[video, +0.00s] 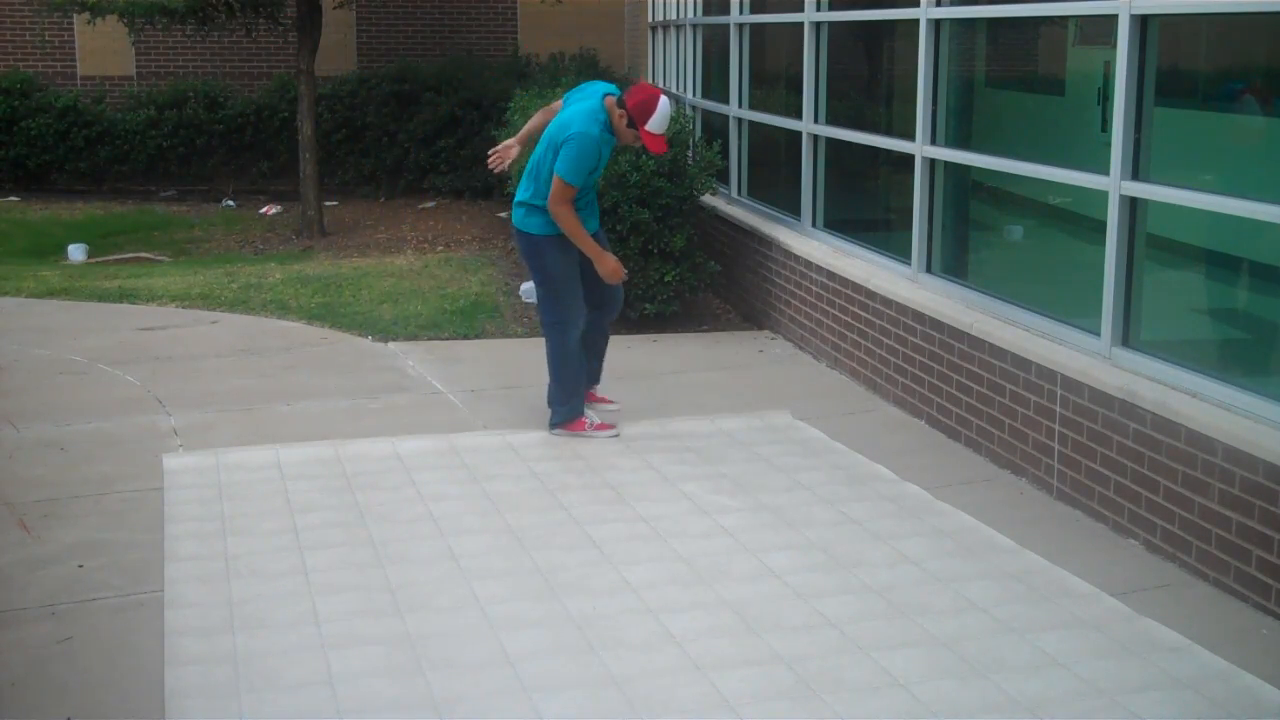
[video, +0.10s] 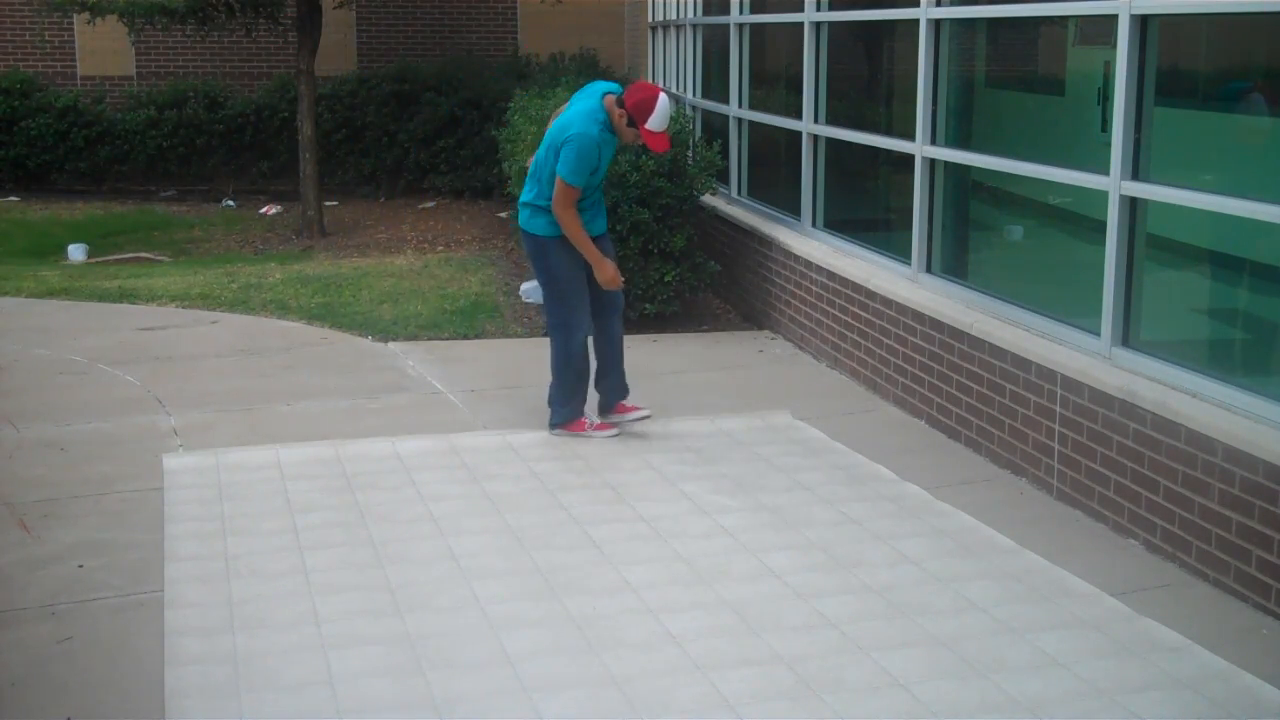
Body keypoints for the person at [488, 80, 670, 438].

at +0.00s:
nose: (636, 146)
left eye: (643, 142)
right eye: (636, 139)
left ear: (628, 109)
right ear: (623, 117)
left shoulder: (604, 93)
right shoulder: (585, 138)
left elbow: (550, 111)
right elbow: (558, 205)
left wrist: (518, 141)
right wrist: (599, 257)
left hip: (579, 213)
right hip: (542, 221)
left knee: (605, 299)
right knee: (565, 314)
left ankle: (582, 386)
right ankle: (566, 415)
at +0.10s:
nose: (639, 143)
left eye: (645, 139)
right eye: (639, 137)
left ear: (632, 110)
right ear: (624, 117)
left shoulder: (609, 94)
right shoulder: (584, 138)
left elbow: (561, 118)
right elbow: (562, 208)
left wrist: (542, 158)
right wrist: (598, 261)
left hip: (588, 214)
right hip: (548, 223)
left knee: (609, 304)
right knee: (571, 319)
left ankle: (612, 401)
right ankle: (566, 416)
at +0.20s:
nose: (637, 137)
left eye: (641, 132)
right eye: (635, 130)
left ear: (624, 107)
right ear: (617, 112)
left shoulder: (613, 98)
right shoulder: (576, 137)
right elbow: (559, 208)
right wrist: (590, 265)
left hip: (598, 224)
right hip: (556, 231)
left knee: (615, 312)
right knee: (578, 321)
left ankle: (631, 407)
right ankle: (566, 416)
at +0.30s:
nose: (636, 132)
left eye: (640, 126)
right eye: (633, 125)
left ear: (626, 108)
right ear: (610, 109)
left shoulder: (620, 113)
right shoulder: (568, 135)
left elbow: (617, 152)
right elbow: (555, 209)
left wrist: (635, 181)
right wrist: (581, 269)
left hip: (612, 230)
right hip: (570, 236)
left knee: (626, 315)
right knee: (586, 321)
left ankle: (643, 407)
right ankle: (566, 414)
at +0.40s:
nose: (633, 128)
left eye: (635, 121)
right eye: (627, 122)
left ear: (635, 109)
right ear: (601, 111)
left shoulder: (624, 121)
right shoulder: (564, 138)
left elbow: (640, 149)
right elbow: (549, 210)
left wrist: (669, 184)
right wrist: (568, 272)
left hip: (626, 232)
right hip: (583, 236)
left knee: (641, 316)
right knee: (593, 321)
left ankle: (664, 406)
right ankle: (567, 414)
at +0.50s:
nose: (633, 129)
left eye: (636, 121)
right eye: (627, 124)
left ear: (642, 107)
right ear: (600, 116)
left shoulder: (640, 116)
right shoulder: (565, 144)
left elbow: (660, 143)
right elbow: (546, 210)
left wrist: (694, 180)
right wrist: (554, 270)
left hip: (641, 235)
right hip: (593, 240)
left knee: (662, 317)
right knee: (599, 325)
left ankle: (690, 402)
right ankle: (567, 414)